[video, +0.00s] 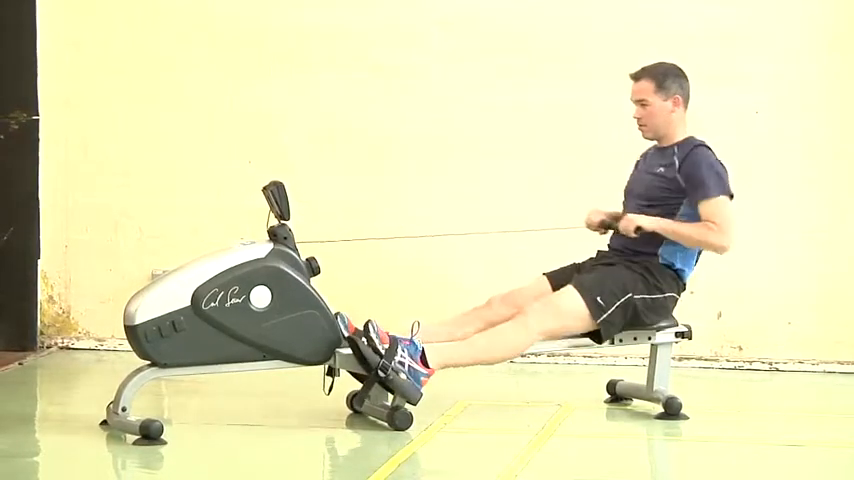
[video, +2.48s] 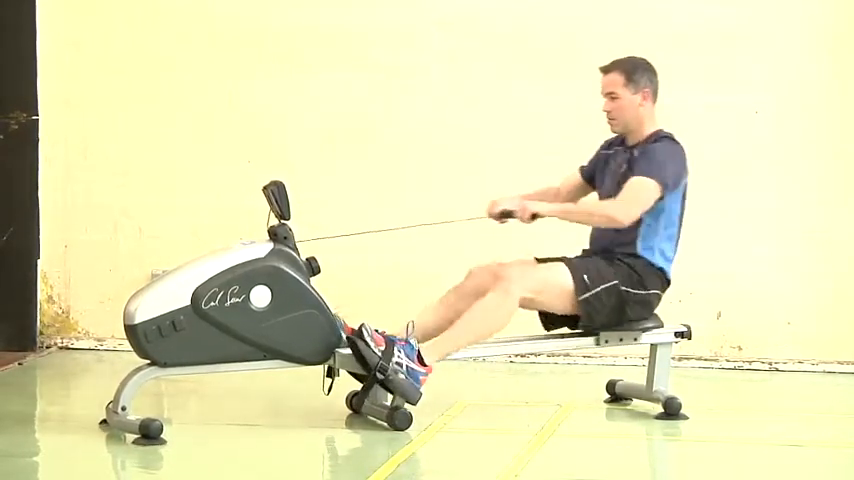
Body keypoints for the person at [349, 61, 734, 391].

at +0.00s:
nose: (635, 114)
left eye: (642, 104)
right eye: (634, 105)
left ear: (675, 103)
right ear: (665, 106)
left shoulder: (698, 157)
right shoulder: (651, 156)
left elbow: (721, 236)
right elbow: (649, 219)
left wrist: (650, 221)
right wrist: (612, 219)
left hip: (650, 275)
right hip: (617, 262)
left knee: (537, 319)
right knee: (505, 303)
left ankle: (422, 364)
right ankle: (401, 346)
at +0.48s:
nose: (569, 108)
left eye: (577, 98)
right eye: (569, 98)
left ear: (609, 100)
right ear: (604, 100)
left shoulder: (629, 151)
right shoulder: (580, 156)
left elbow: (605, 221)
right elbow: (549, 201)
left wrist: (534, 211)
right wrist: (505, 207)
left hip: (624, 280)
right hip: (588, 272)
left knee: (509, 273)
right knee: (474, 265)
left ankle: (422, 363)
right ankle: (403, 346)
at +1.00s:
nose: (452, 119)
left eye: (461, 109)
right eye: (452, 110)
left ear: (493, 112)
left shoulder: (516, 161)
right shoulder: (465, 164)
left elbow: (440, 206)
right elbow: (405, 196)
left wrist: (363, 230)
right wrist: (341, 218)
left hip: (545, 290)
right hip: (503, 291)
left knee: (450, 231)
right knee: (410, 230)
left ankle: (419, 358)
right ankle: (389, 341)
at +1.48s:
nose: (420, 118)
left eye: (429, 108)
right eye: (420, 109)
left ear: (461, 111)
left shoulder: (481, 162)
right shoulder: (432, 162)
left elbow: (400, 202)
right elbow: (371, 194)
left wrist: (331, 232)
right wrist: (304, 222)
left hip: (504, 292)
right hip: (462, 293)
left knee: (414, 223)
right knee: (375, 223)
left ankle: (412, 348)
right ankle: (381, 334)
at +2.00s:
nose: (486, 109)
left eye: (496, 99)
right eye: (487, 99)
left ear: (528, 104)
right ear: (522, 105)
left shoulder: (543, 157)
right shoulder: (493, 156)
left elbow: (461, 192)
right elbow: (433, 185)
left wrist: (390, 218)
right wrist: (363, 207)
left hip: (558, 283)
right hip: (521, 281)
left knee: (452, 235)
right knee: (421, 229)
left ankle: (417, 359)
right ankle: (388, 339)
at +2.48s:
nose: (604, 107)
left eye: (612, 97)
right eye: (603, 98)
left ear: (645, 98)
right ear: (629, 99)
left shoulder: (664, 152)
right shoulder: (613, 152)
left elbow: (620, 212)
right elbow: (562, 194)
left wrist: (542, 209)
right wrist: (516, 203)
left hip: (632, 276)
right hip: (598, 267)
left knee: (509, 280)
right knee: (479, 278)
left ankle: (421, 362)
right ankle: (398, 345)